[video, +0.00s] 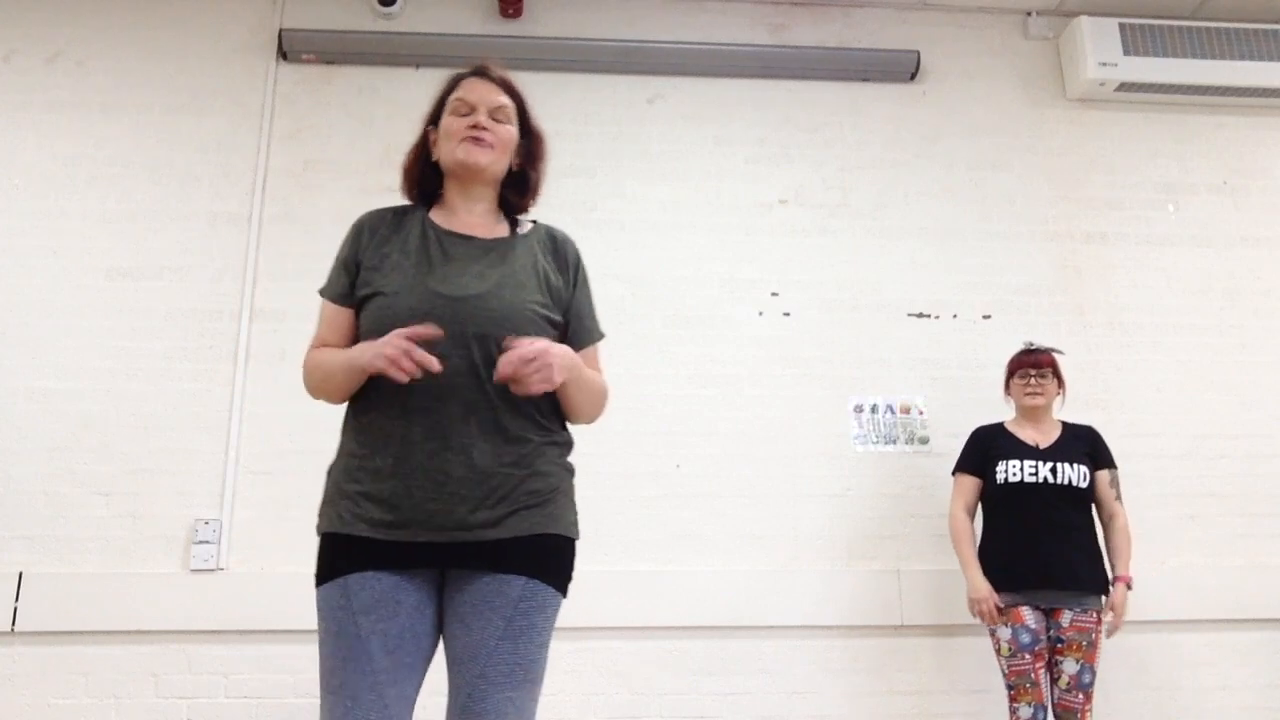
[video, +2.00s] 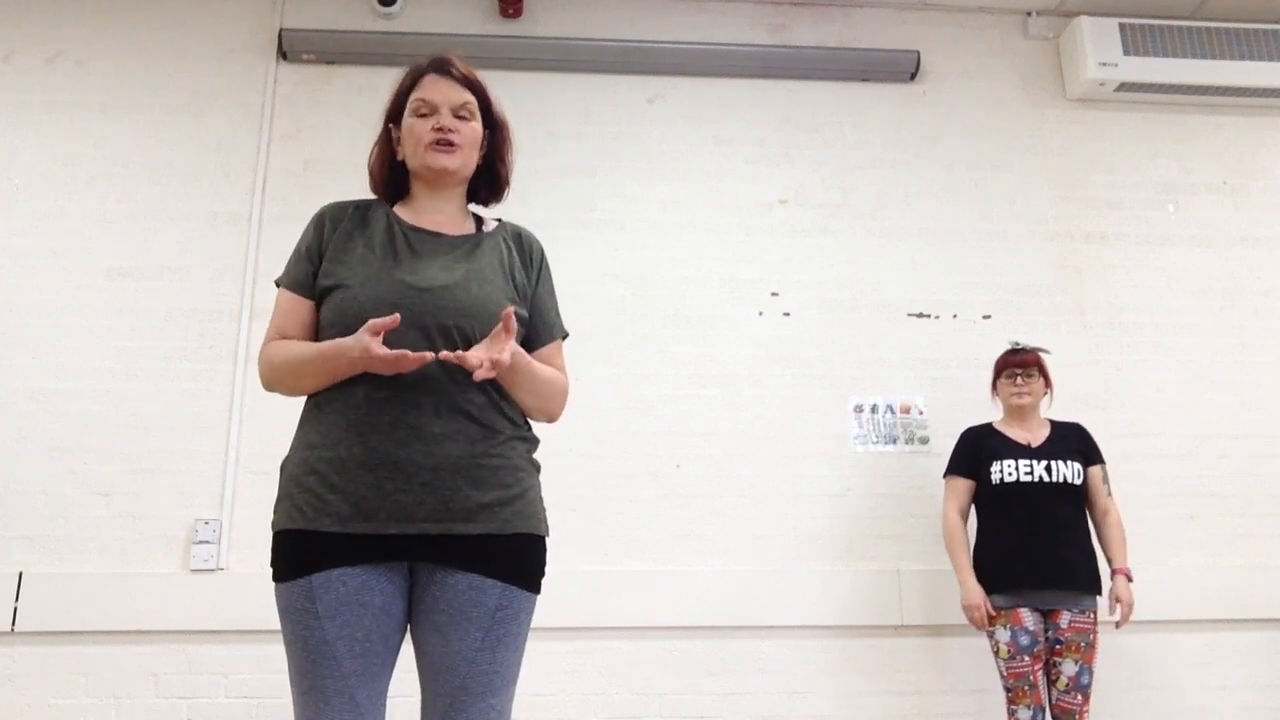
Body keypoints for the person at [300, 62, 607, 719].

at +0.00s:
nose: (479, 121)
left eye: (499, 117)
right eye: (463, 110)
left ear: (519, 151)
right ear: (433, 140)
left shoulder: (555, 253)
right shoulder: (375, 234)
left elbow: (590, 405)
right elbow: (319, 375)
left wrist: (566, 365)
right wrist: (365, 356)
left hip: (516, 524)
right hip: (375, 519)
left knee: (494, 713)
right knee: (359, 713)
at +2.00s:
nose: (445, 123)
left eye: (463, 113)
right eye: (425, 111)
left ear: (486, 142)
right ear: (397, 137)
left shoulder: (519, 250)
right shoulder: (336, 227)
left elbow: (552, 401)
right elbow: (274, 366)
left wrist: (509, 365)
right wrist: (353, 354)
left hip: (487, 525)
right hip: (335, 518)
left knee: (472, 713)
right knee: (336, 712)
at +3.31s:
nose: (451, 114)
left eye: (465, 105)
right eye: (428, 105)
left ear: (485, 134)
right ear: (395, 136)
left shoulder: (522, 245)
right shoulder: (339, 224)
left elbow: (551, 401)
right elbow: (280, 366)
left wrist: (517, 347)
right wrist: (358, 336)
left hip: (491, 519)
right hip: (339, 514)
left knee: (475, 714)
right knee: (338, 714)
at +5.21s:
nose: (443, 127)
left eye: (461, 115)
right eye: (424, 112)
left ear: (483, 138)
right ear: (392, 132)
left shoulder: (514, 249)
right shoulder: (331, 227)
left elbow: (547, 399)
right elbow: (270, 365)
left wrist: (499, 356)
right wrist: (353, 358)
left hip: (486, 518)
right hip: (332, 513)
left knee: (471, 713)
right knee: (335, 713)